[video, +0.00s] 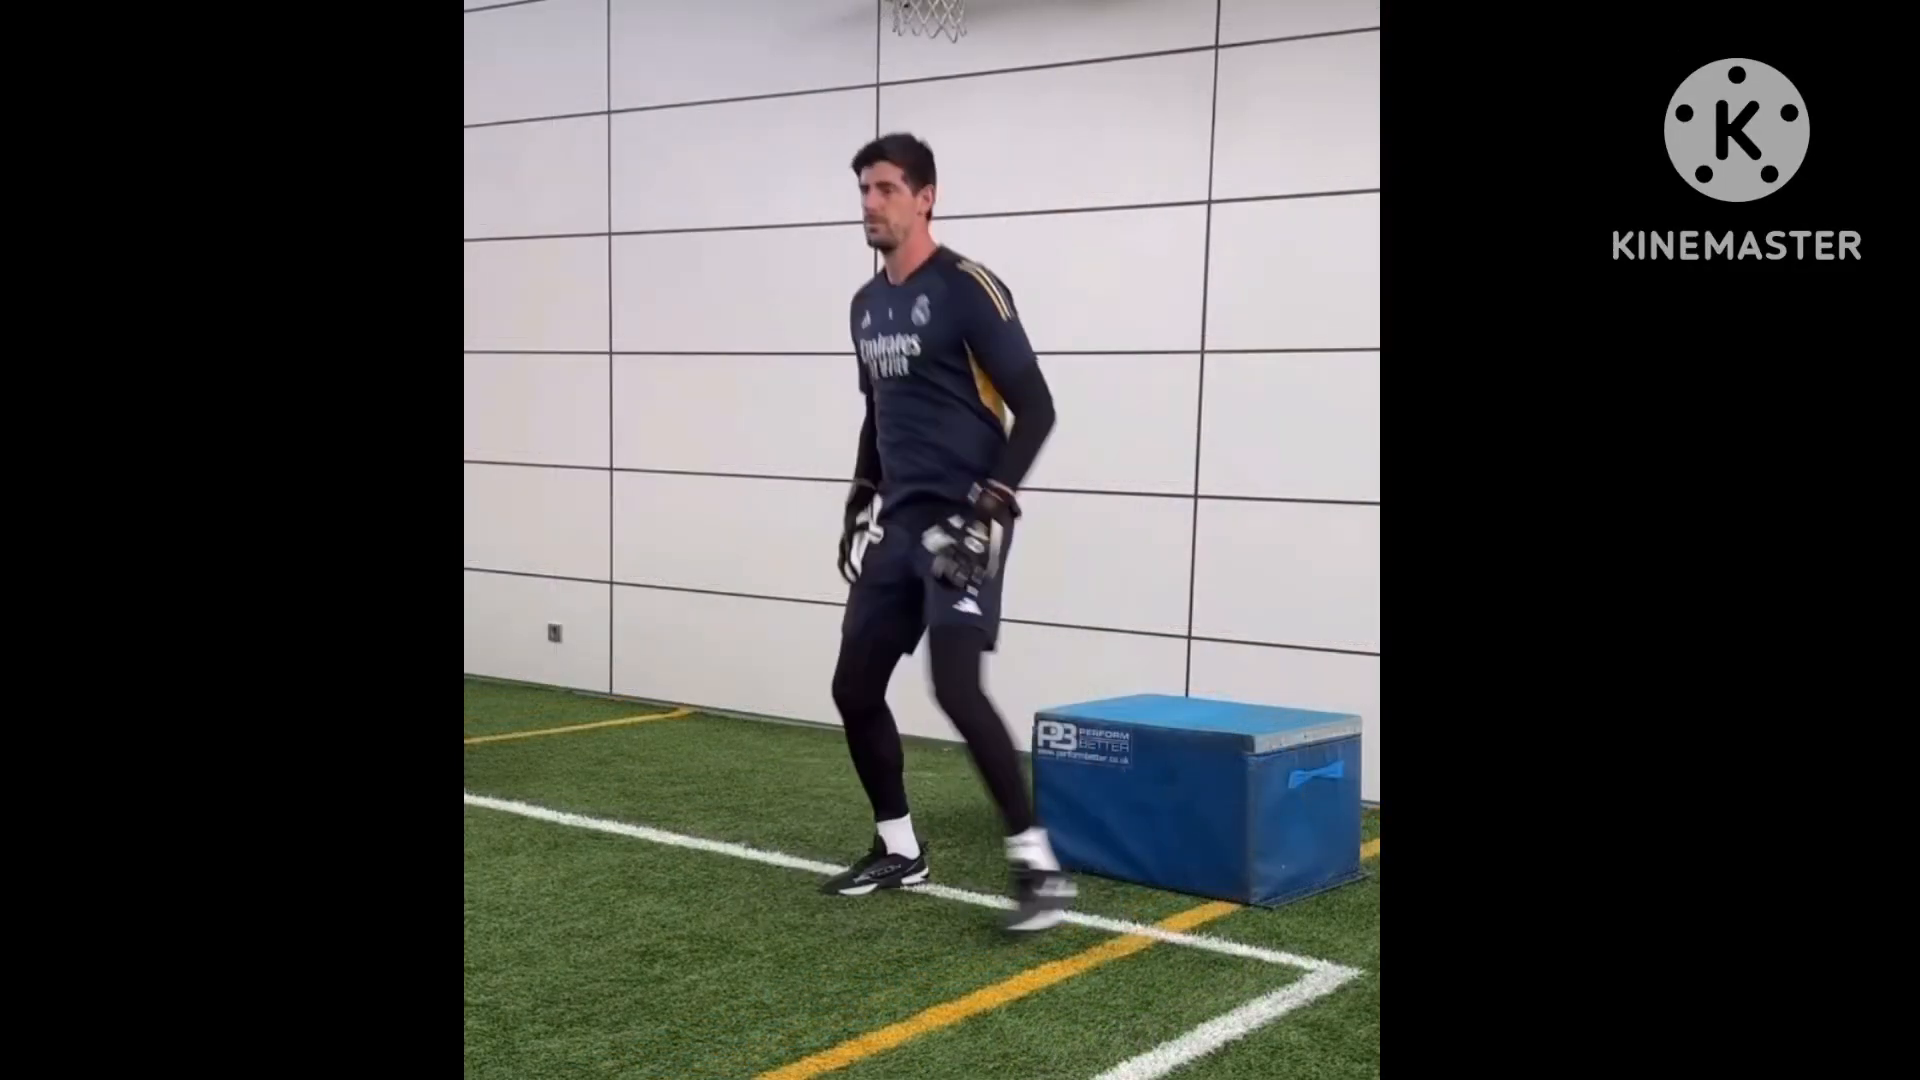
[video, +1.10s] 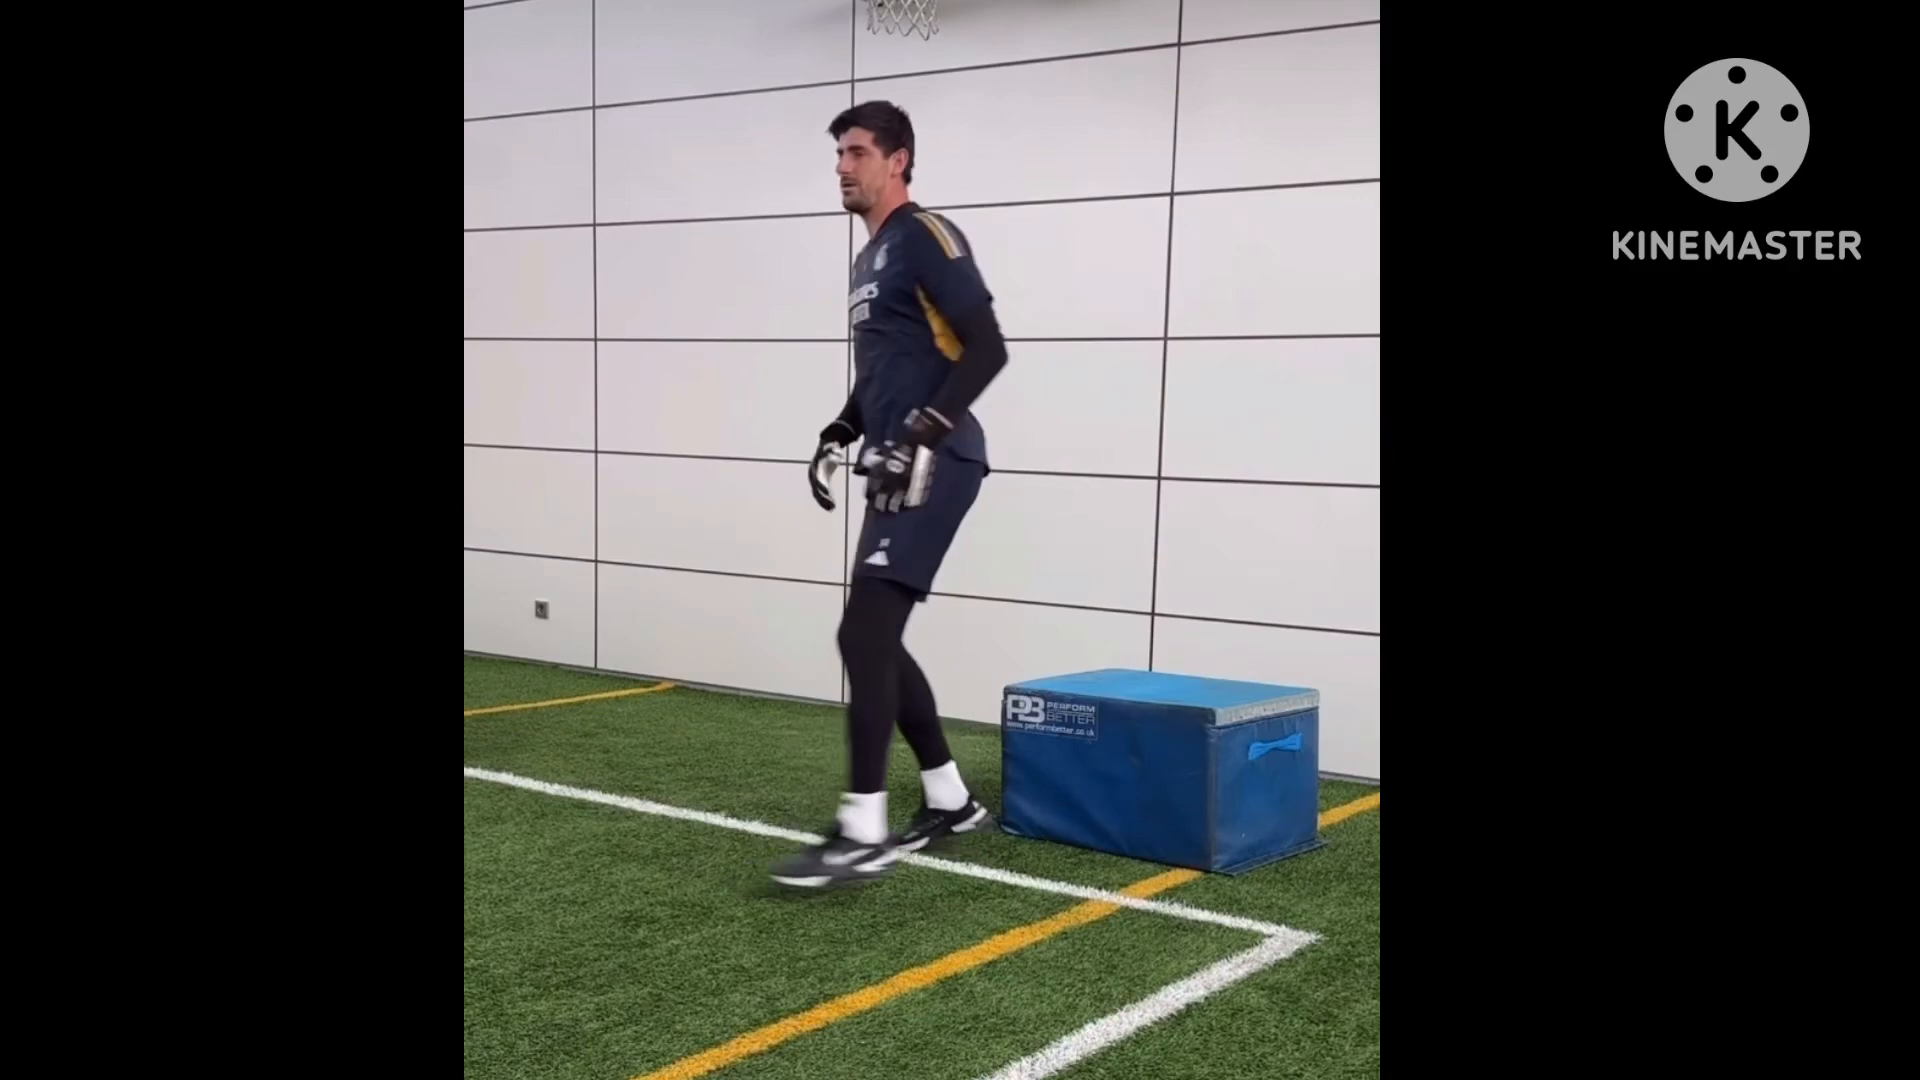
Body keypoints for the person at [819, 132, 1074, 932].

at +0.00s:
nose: (869, 203)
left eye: (884, 189)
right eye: (863, 190)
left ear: (925, 198)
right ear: (862, 202)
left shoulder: (969, 287)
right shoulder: (867, 305)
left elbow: (1038, 411)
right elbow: (880, 413)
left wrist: (986, 510)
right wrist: (859, 503)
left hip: (965, 519)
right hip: (898, 522)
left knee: (957, 686)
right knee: (855, 686)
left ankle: (1040, 867)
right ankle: (899, 852)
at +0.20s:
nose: (901, 239)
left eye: (916, 224)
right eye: (894, 226)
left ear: (956, 232)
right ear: (890, 238)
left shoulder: (1015, 326)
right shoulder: (890, 346)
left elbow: (1091, 443)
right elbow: (895, 456)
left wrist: (1085, 558)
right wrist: (885, 553)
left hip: (1024, 556)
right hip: (934, 562)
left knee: (1073, 722)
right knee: (861, 711)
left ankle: (1150, 891)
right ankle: (901, 852)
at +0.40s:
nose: (952, 220)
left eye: (966, 204)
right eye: (943, 207)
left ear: (1004, 205)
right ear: (935, 217)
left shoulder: (1056, 297)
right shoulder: (929, 312)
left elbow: (1126, 410)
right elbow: (889, 408)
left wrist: (1046, 442)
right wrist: (863, 432)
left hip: (1047, 548)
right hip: (957, 547)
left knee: (1087, 717)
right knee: (890, 700)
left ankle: (1153, 889)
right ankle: (904, 853)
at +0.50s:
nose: (972, 223)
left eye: (985, 207)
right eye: (961, 210)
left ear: (1021, 206)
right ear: (952, 216)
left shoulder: (1064, 290)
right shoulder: (942, 298)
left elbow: (1101, 380)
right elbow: (857, 382)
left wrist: (1010, 330)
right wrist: (860, 334)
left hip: (1051, 543)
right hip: (964, 541)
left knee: (1086, 716)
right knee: (893, 698)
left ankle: (1152, 890)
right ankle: (903, 853)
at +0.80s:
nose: (988, 212)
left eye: (1001, 195)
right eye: (977, 200)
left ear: (1038, 194)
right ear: (970, 209)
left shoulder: (1087, 290)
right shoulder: (959, 294)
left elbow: (1119, 399)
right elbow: (903, 403)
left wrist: (1033, 349)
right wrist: (911, 333)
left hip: (1057, 540)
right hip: (967, 537)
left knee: (1095, 713)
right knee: (913, 699)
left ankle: (1153, 891)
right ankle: (903, 853)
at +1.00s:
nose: (830, 192)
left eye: (842, 180)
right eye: (832, 179)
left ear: (882, 188)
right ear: (884, 190)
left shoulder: (888, 258)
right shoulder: (902, 262)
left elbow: (930, 368)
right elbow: (905, 381)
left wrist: (872, 452)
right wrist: (844, 446)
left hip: (904, 487)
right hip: (947, 489)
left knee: (825, 654)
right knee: (908, 648)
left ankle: (808, 848)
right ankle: (966, 818)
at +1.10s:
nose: (842, 166)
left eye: (856, 153)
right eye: (840, 154)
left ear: (898, 161)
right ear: (854, 166)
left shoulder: (925, 234)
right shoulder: (873, 249)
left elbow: (988, 348)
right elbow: (885, 363)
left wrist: (920, 433)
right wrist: (838, 434)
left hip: (936, 459)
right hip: (897, 457)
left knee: (865, 634)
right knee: (875, 636)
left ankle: (863, 832)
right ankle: (951, 800)